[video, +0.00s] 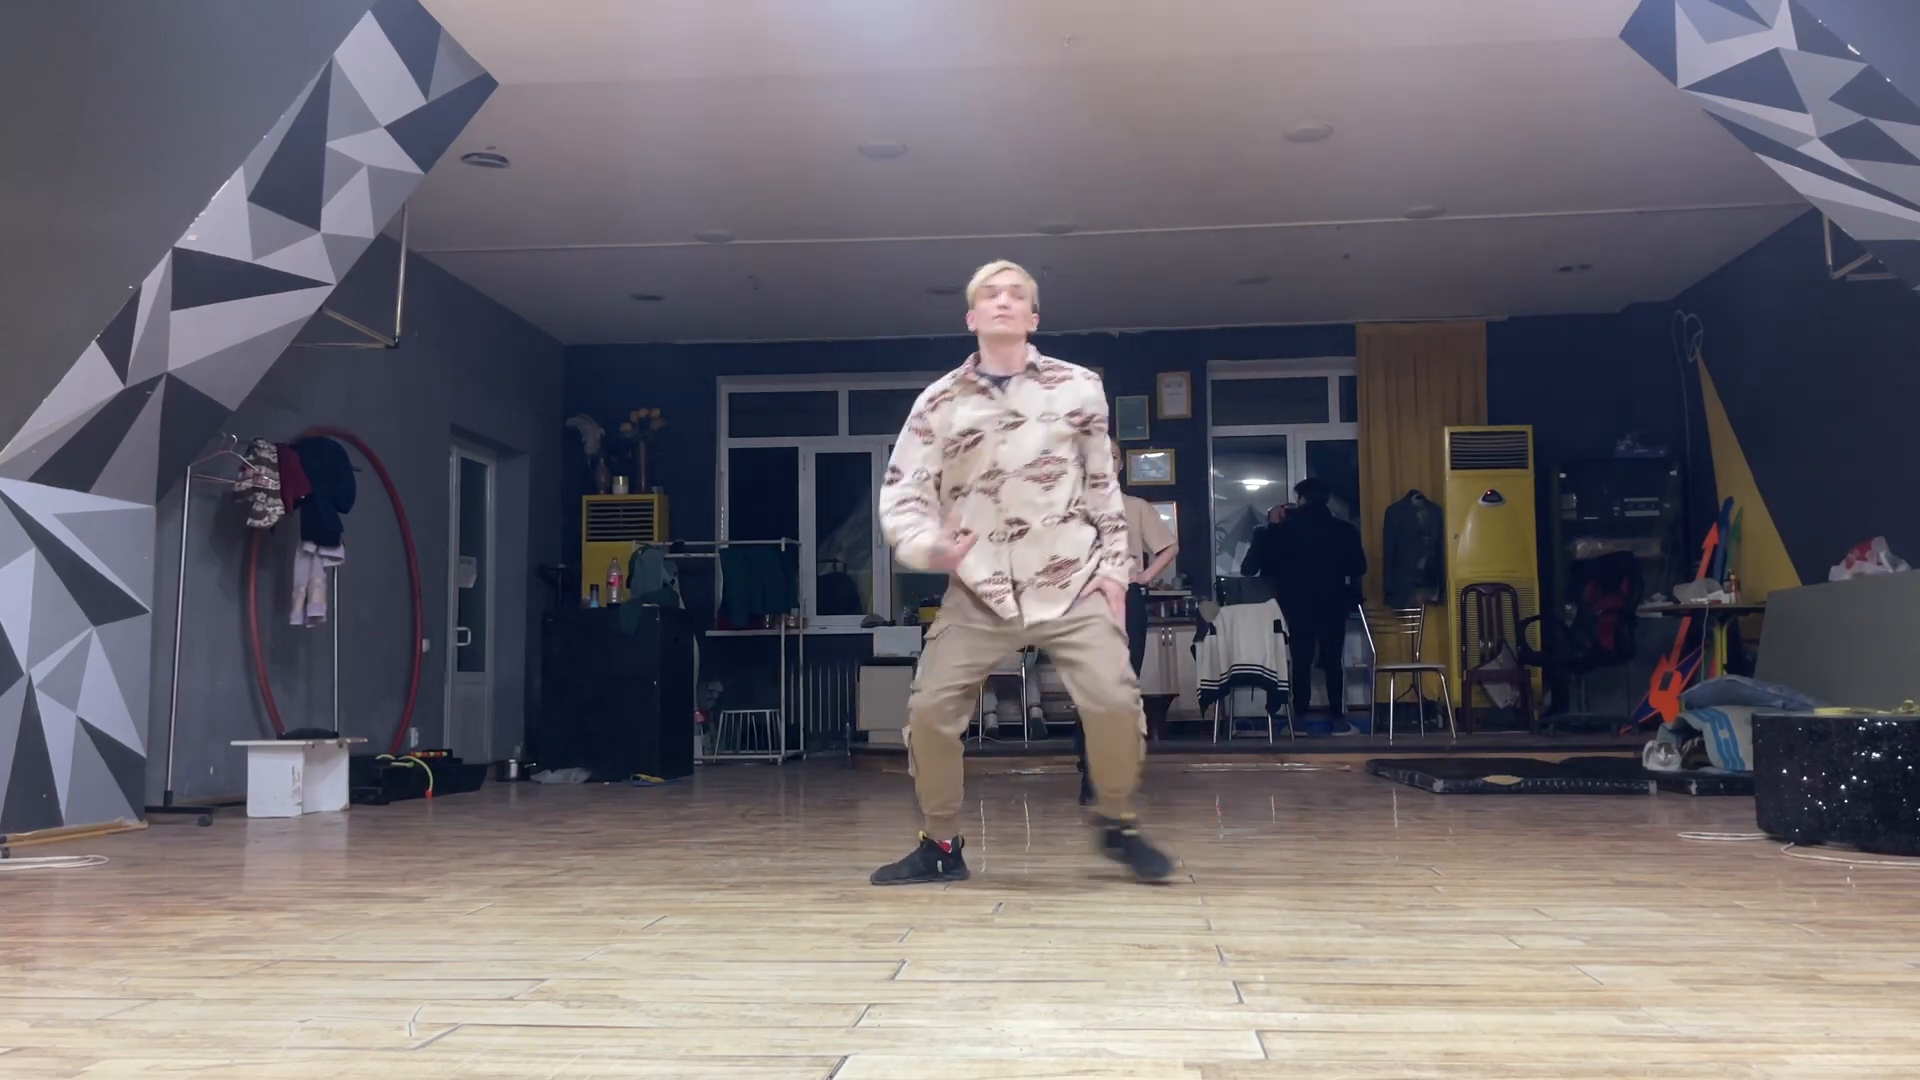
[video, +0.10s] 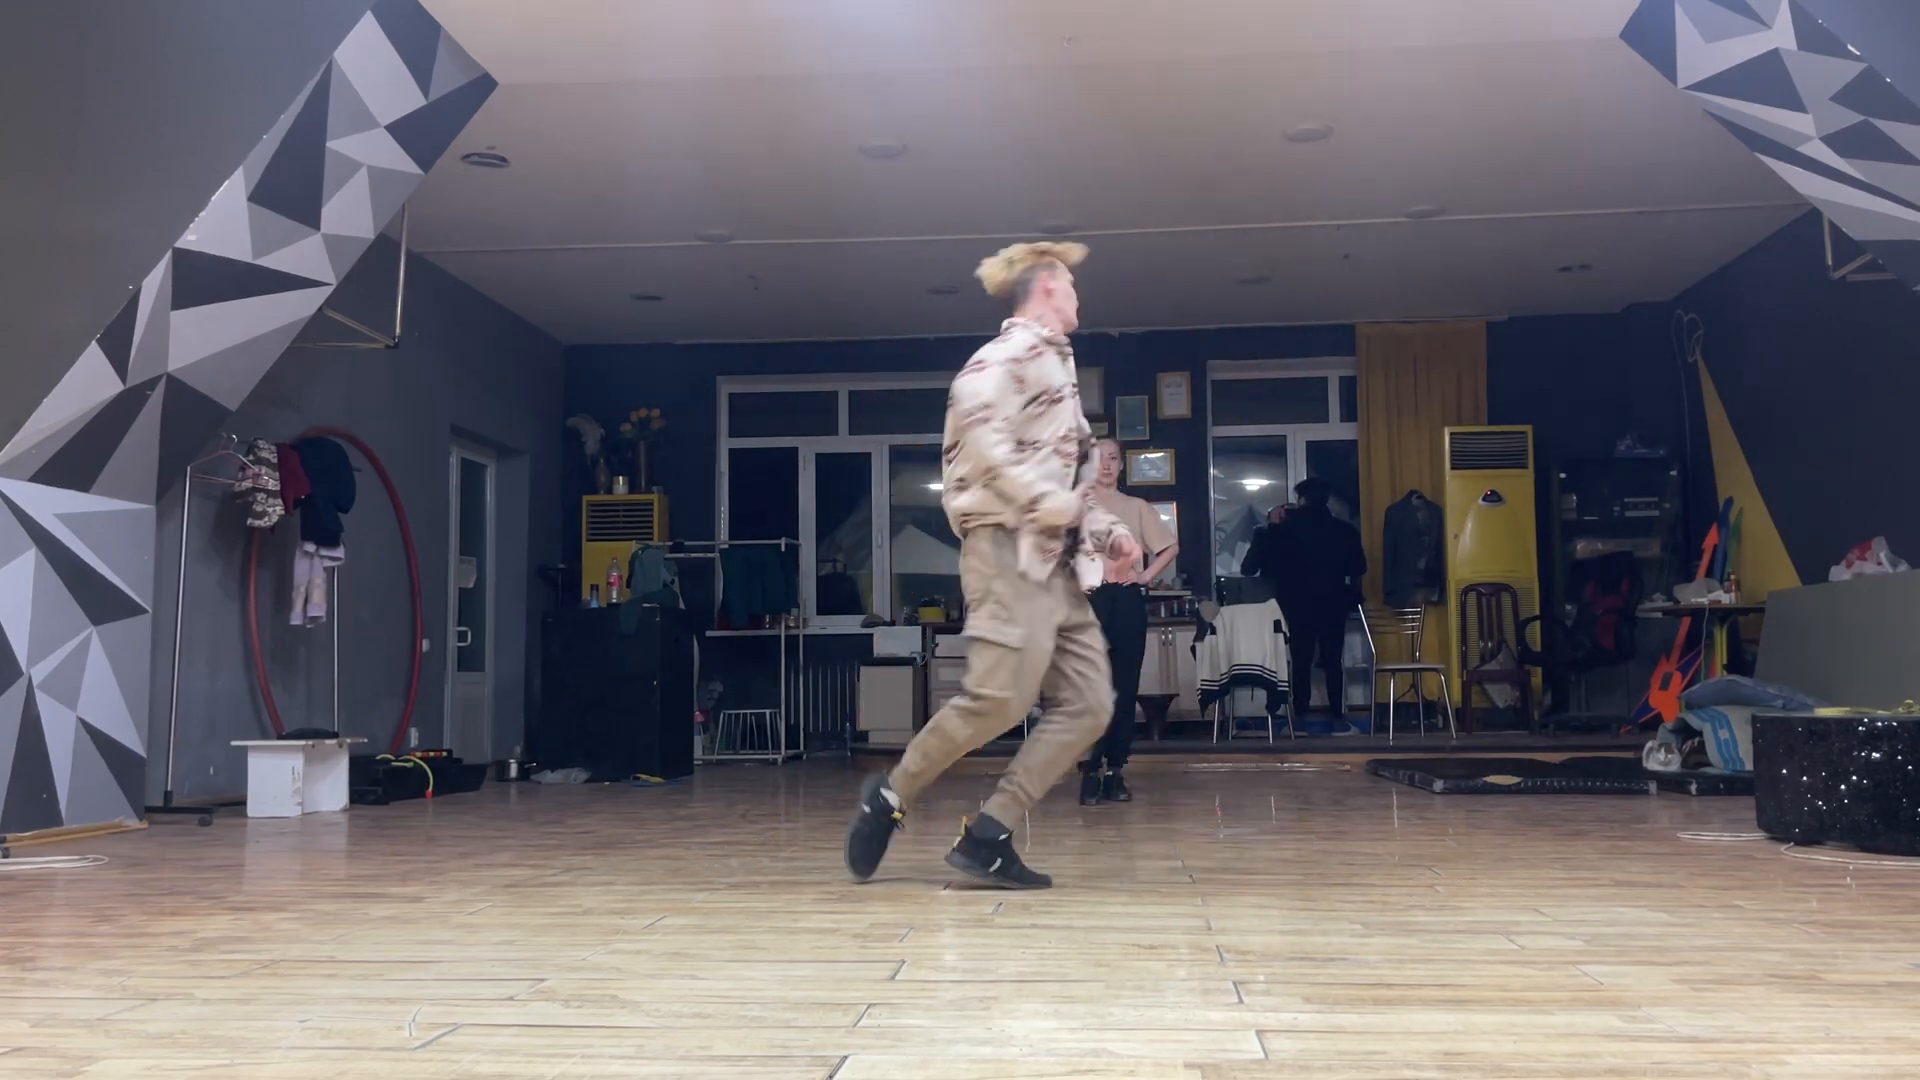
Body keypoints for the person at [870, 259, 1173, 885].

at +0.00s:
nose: (1003, 301)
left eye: (1015, 294)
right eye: (990, 294)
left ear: (1035, 317)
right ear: (970, 316)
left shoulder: (1078, 388)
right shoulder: (938, 403)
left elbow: (1104, 490)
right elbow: (902, 500)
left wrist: (1113, 567)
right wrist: (927, 546)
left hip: (1072, 591)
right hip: (979, 596)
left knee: (1116, 701)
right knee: (929, 712)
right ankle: (941, 844)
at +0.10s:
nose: (1077, 301)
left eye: (1074, 290)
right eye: (1069, 289)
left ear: (1040, 295)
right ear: (1041, 292)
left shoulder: (1053, 367)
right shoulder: (1000, 357)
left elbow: (1057, 478)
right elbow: (985, 450)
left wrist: (1108, 531)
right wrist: (1056, 505)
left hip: (1052, 550)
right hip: (1005, 544)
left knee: (1088, 705)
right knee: (999, 697)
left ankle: (989, 834)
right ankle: (889, 799)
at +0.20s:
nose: (1012, 294)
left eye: (1008, 286)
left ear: (1008, 289)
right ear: (1071, 280)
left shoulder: (971, 347)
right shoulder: (1108, 326)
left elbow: (947, 436)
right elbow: (1126, 429)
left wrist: (993, 490)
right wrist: (1101, 488)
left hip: (984, 521)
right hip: (1050, 514)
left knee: (1010, 675)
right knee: (1088, 667)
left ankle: (984, 832)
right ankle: (943, 696)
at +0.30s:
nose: (982, 300)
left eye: (982, 290)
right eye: (980, 292)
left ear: (1002, 277)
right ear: (1049, 277)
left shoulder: (996, 299)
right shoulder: (1136, 336)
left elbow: (929, 332)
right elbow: (1154, 433)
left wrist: (885, 382)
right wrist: (1160, 514)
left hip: (1028, 484)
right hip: (1116, 495)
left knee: (995, 656)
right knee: (1095, 613)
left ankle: (1005, 795)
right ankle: (1086, 677)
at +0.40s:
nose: (967, 354)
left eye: (962, 339)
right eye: (960, 350)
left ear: (977, 309)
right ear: (983, 323)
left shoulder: (1021, 305)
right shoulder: (1075, 358)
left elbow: (969, 243)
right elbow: (1150, 442)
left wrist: (880, 218)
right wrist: (1166, 536)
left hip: (1092, 495)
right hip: (1148, 504)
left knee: (981, 628)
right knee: (1100, 634)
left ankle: (1059, 775)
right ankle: (1170, 758)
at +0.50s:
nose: (957, 430)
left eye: (951, 415)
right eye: (947, 425)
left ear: (968, 379)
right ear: (965, 400)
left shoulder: (1022, 348)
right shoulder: (1019, 437)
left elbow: (1021, 252)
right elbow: (1070, 501)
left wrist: (1027, 156)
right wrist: (1049, 547)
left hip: (1132, 529)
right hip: (1125, 542)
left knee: (1051, 674)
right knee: (1104, 675)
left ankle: (1145, 839)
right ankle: (1139, 824)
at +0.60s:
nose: (956, 522)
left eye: (951, 505)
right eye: (945, 516)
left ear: (974, 469)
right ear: (954, 501)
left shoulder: (1028, 431)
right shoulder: (1001, 545)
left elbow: (1034, 332)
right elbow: (1054, 602)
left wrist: (1043, 230)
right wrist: (1045, 644)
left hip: (1170, 582)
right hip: (1111, 603)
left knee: (1098, 711)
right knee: (1065, 702)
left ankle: (1201, 864)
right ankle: (1146, 836)